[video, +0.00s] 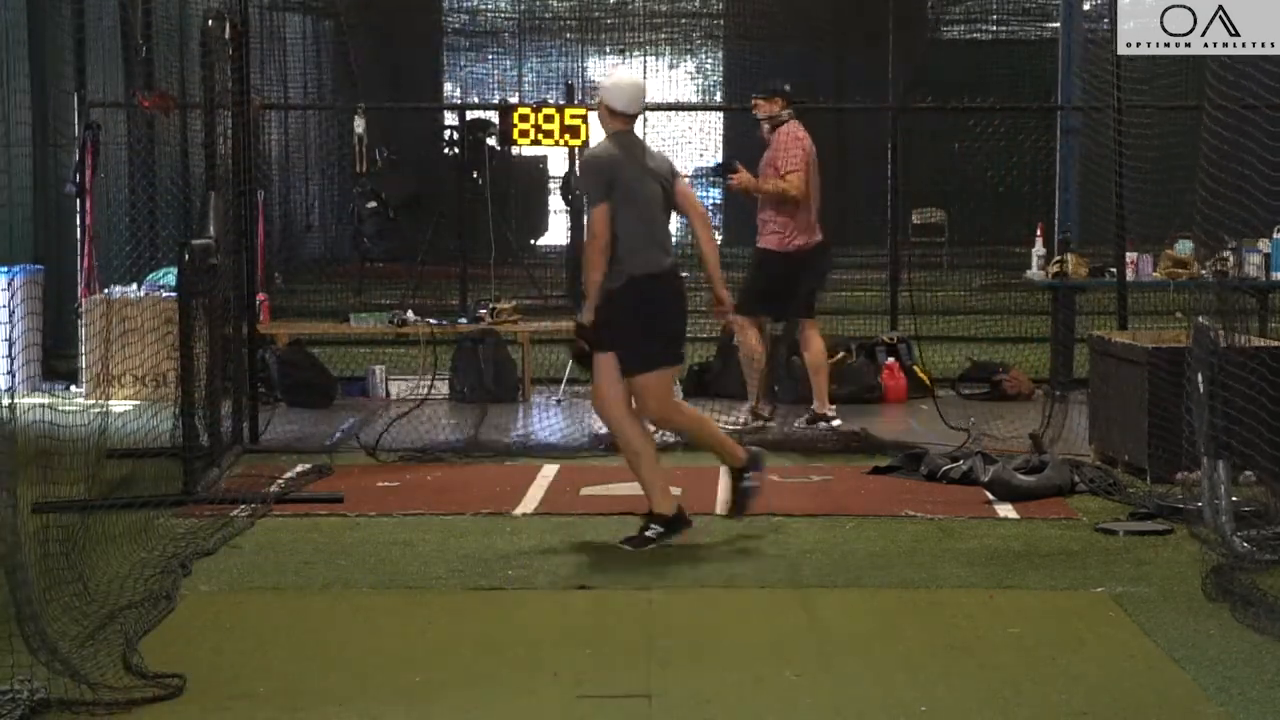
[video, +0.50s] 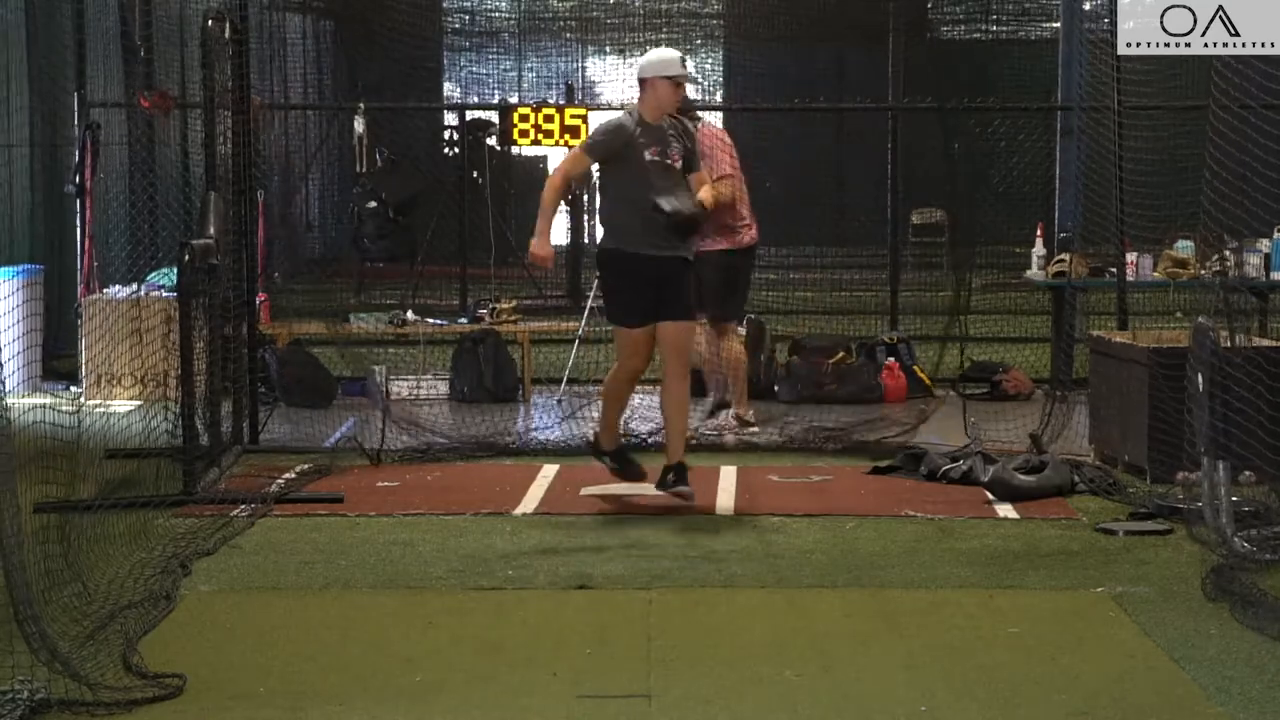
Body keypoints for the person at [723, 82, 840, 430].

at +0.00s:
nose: (754, 109)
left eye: (759, 103)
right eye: (754, 104)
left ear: (779, 104)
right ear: (777, 106)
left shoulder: (791, 136)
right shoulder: (787, 136)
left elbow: (794, 188)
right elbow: (783, 189)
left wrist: (753, 184)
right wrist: (751, 183)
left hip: (781, 248)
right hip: (804, 247)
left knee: (744, 319)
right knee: (807, 325)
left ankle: (757, 406)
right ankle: (823, 409)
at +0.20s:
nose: (721, 123)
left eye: (722, 116)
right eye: (720, 117)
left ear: (732, 116)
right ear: (747, 112)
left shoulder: (759, 143)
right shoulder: (757, 141)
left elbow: (775, 197)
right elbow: (761, 194)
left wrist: (728, 197)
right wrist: (728, 192)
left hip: (760, 248)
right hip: (779, 247)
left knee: (729, 326)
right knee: (783, 325)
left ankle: (741, 412)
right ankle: (819, 406)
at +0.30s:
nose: (707, 126)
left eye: (710, 119)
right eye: (705, 119)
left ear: (716, 117)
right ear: (728, 112)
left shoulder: (742, 141)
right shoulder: (741, 139)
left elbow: (763, 196)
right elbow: (750, 192)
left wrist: (715, 198)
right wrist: (715, 195)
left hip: (748, 246)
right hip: (758, 245)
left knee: (726, 325)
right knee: (752, 324)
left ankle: (740, 412)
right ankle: (802, 394)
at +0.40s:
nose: (686, 125)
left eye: (686, 118)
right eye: (685, 119)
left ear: (694, 116)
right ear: (705, 111)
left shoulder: (727, 136)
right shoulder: (705, 141)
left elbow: (742, 194)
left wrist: (698, 193)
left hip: (739, 243)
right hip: (729, 242)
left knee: (729, 327)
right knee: (722, 323)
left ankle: (741, 415)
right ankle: (772, 385)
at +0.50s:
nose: (663, 129)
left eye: (664, 121)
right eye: (662, 121)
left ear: (675, 116)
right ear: (687, 109)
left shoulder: (707, 134)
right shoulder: (683, 140)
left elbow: (726, 191)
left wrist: (683, 205)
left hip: (729, 244)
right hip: (704, 244)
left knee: (724, 328)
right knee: (700, 324)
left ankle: (742, 412)